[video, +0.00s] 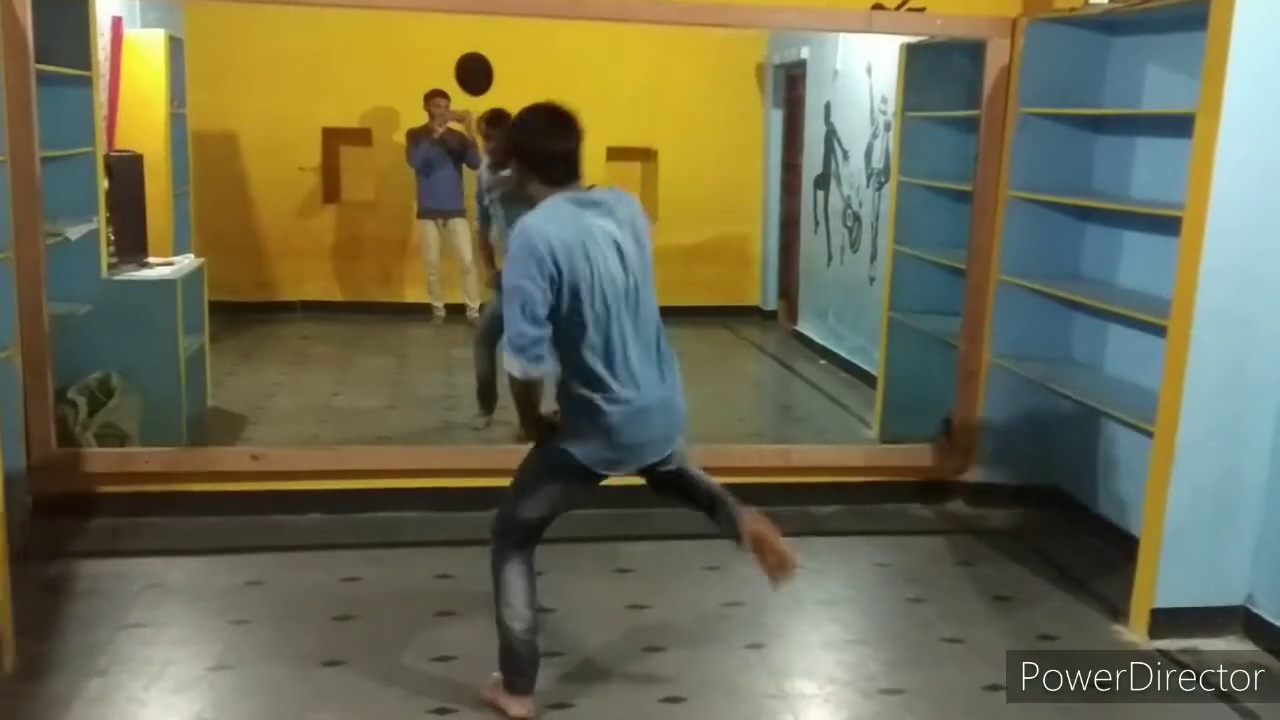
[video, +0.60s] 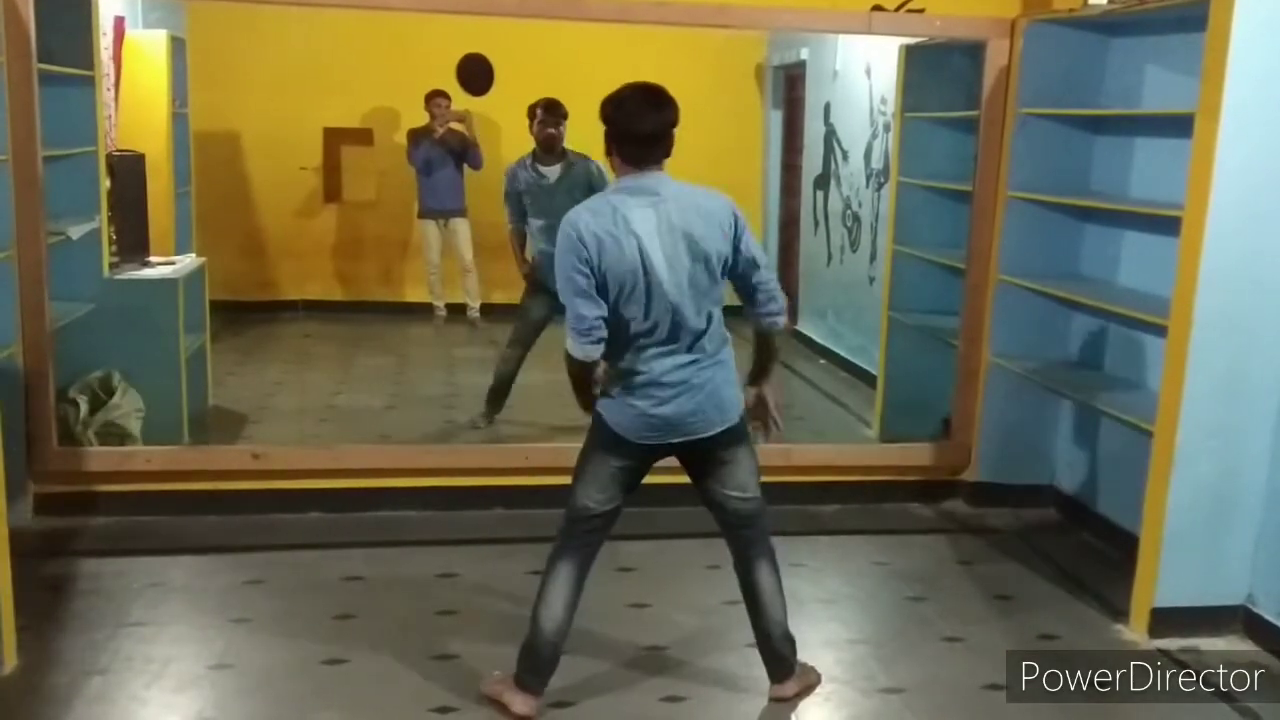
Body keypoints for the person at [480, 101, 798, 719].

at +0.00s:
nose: (503, 175)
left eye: (508, 165)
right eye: (505, 164)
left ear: (525, 170)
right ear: (575, 159)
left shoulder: (533, 233)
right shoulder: (624, 207)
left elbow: (525, 355)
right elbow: (626, 296)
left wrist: (532, 425)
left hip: (598, 425)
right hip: (663, 410)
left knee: (512, 534)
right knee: (665, 471)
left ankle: (517, 687)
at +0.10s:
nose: (495, 199)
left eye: (495, 188)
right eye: (493, 188)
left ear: (509, 191)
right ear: (562, 177)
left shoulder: (530, 250)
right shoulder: (617, 214)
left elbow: (541, 371)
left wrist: (538, 438)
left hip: (598, 430)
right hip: (661, 414)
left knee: (512, 533)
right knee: (666, 479)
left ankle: (517, 687)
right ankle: (720, 460)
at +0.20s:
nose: (511, 184)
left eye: (512, 174)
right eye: (511, 173)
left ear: (524, 175)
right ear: (575, 162)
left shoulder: (534, 227)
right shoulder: (621, 201)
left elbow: (532, 348)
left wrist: (545, 425)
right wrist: (494, 242)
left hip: (607, 414)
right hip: (673, 401)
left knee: (532, 532)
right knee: (708, 475)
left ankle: (520, 687)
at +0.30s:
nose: (529, 157)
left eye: (531, 147)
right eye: (531, 146)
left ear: (543, 150)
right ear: (597, 140)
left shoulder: (545, 207)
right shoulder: (638, 183)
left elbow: (550, 330)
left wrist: (558, 397)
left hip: (616, 399)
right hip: (689, 387)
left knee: (554, 544)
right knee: (746, 516)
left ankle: (524, 690)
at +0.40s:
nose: (562, 147)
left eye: (563, 140)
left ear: (570, 147)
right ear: (631, 138)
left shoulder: (565, 214)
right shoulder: (669, 193)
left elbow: (567, 331)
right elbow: (668, 286)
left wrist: (575, 397)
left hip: (625, 404)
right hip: (703, 397)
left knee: (565, 545)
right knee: (744, 531)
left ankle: (524, 689)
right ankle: (787, 668)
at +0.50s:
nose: (585, 147)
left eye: (585, 139)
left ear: (592, 146)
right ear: (653, 140)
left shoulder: (577, 221)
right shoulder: (701, 201)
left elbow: (581, 341)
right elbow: (735, 304)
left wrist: (585, 398)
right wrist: (687, 339)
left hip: (632, 409)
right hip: (714, 403)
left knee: (573, 546)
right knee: (747, 542)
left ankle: (525, 688)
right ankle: (784, 673)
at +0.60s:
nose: (611, 143)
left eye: (608, 134)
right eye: (668, 133)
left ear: (609, 143)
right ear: (672, 141)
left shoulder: (583, 224)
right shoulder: (717, 211)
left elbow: (586, 339)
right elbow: (770, 309)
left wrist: (585, 397)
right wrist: (762, 379)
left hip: (629, 412)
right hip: (713, 407)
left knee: (576, 545)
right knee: (751, 541)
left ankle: (526, 688)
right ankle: (784, 674)